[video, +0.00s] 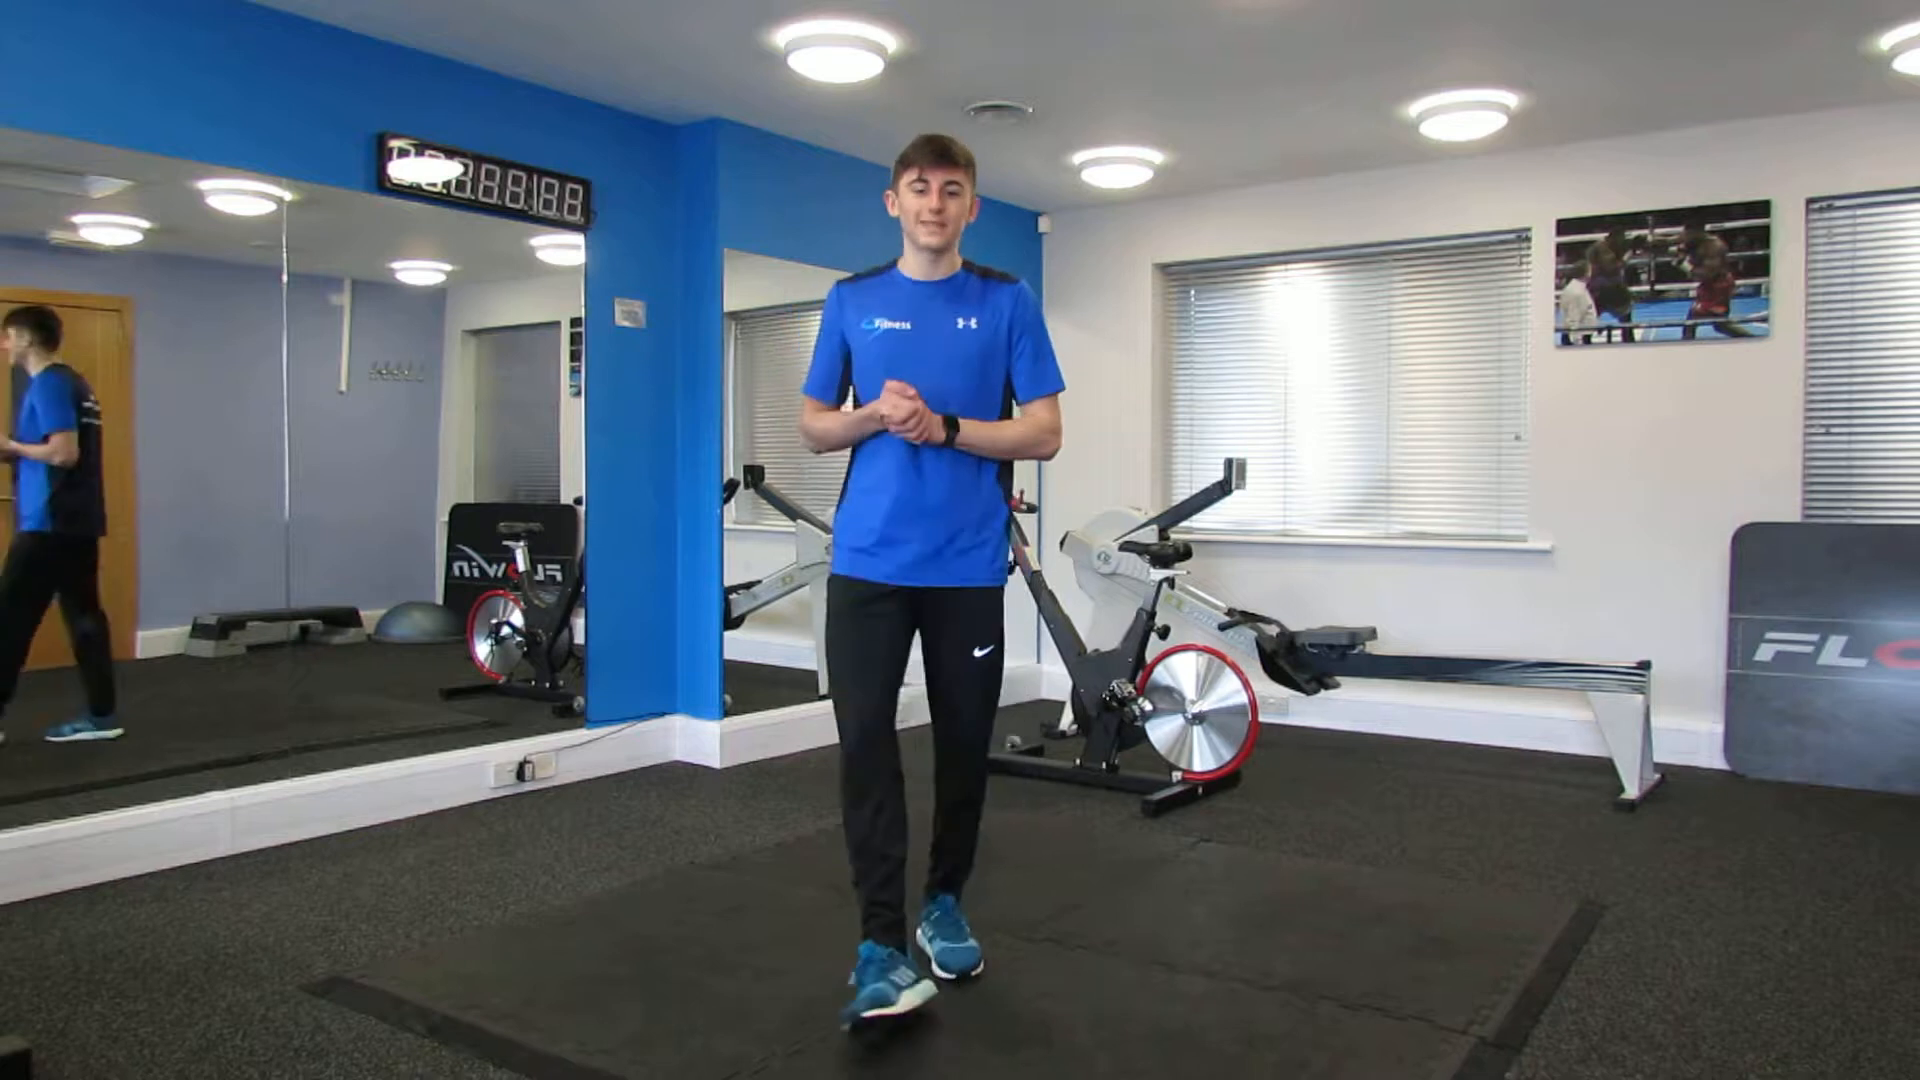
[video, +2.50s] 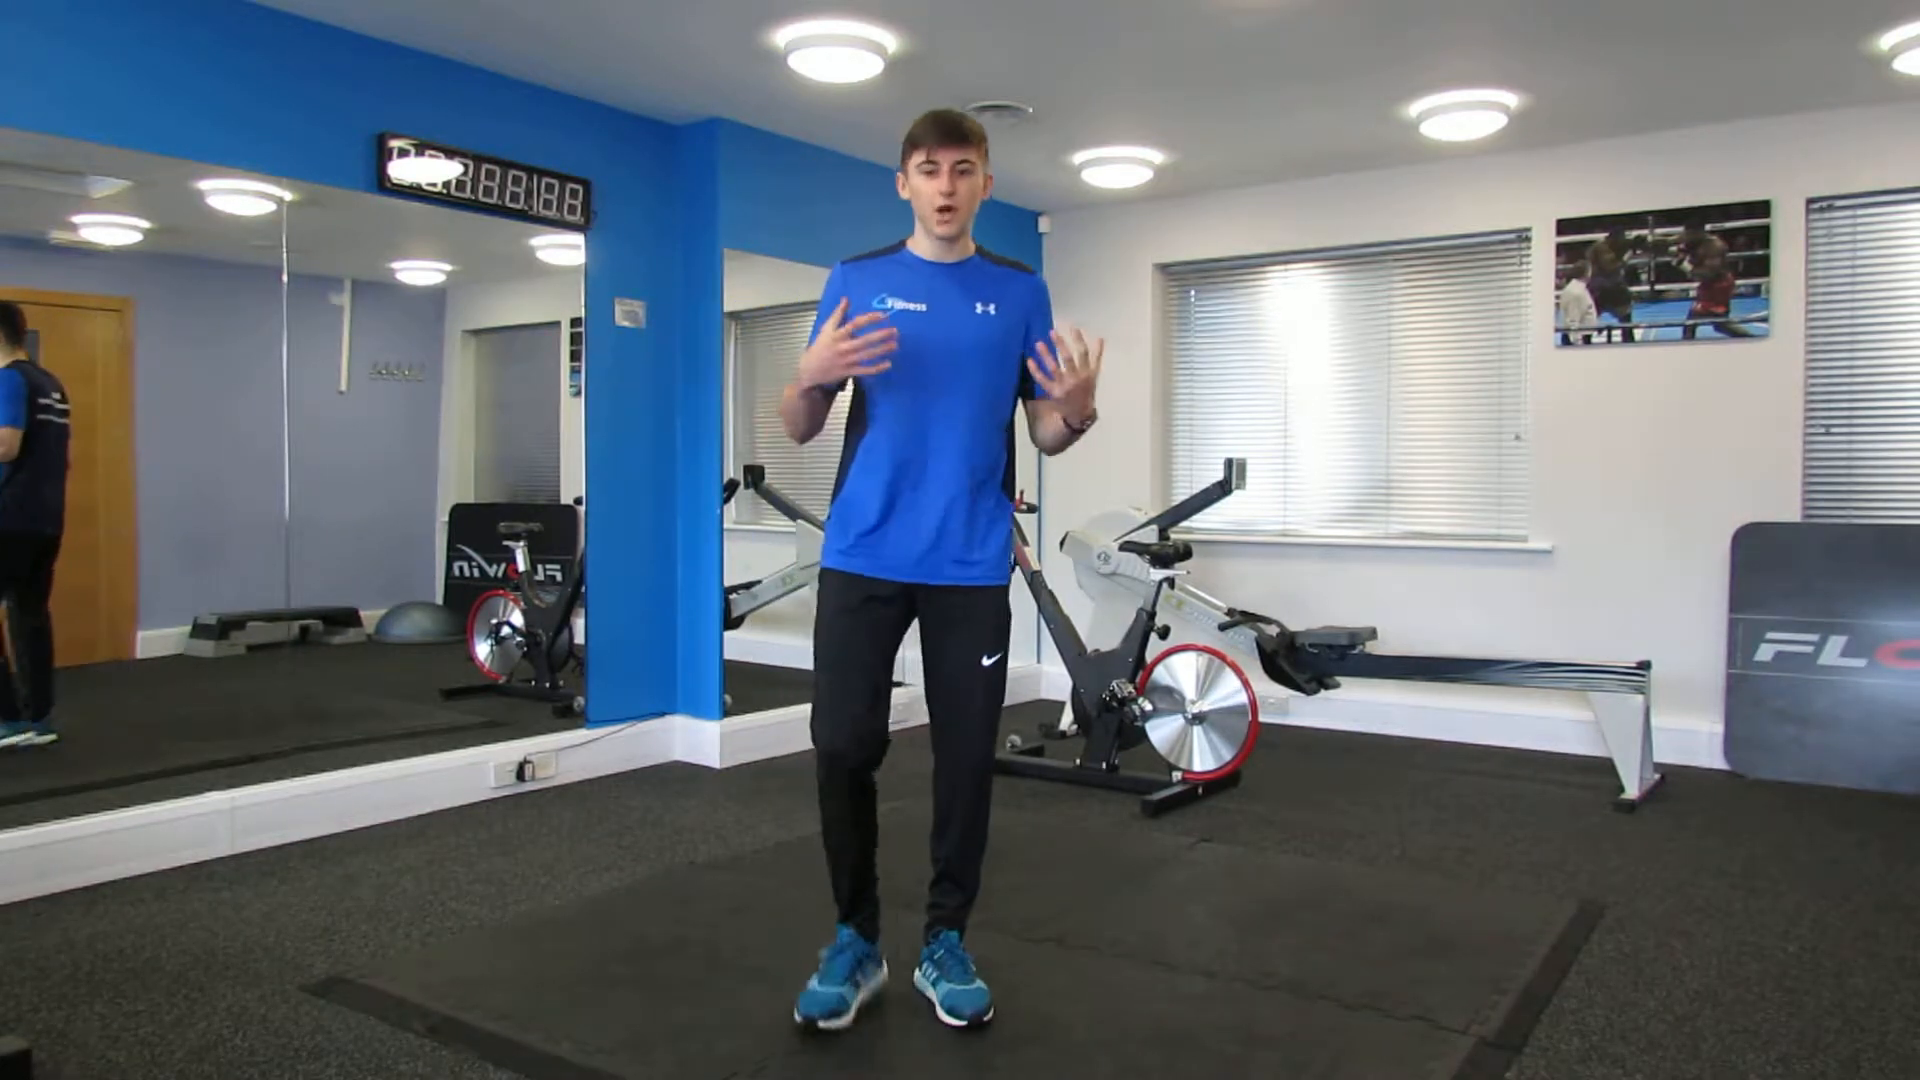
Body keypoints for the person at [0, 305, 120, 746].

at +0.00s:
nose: (5, 347)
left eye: (9, 338)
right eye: (6, 339)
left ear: (27, 340)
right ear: (45, 341)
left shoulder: (48, 384)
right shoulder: (70, 382)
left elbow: (65, 451)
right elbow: (66, 449)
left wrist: (13, 447)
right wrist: (21, 451)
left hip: (46, 529)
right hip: (76, 528)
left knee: (12, 623)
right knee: (85, 616)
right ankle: (102, 714)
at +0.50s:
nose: (40, 338)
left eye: (45, 329)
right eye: (41, 330)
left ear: (65, 333)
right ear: (85, 334)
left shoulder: (78, 379)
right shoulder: (111, 380)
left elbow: (79, 452)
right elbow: (91, 449)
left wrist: (40, 439)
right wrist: (41, 443)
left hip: (83, 523)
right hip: (103, 521)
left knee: (90, 616)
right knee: (93, 615)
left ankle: (121, 718)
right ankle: (101, 713)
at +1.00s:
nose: (40, 335)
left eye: (45, 326)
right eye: (41, 327)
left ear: (65, 328)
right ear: (81, 330)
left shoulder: (91, 376)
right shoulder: (109, 375)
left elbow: (103, 451)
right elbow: (96, 446)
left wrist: (50, 440)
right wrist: (49, 443)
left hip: (98, 524)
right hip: (109, 523)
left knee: (96, 616)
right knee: (104, 615)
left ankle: (124, 719)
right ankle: (117, 715)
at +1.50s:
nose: (36, 336)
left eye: (40, 327)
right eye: (38, 327)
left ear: (58, 328)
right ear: (81, 330)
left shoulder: (79, 377)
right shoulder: (111, 376)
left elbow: (83, 453)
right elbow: (92, 449)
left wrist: (40, 437)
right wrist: (42, 444)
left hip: (91, 522)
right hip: (108, 519)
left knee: (74, 604)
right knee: (83, 604)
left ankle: (122, 717)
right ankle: (109, 709)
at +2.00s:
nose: (9, 345)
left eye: (12, 336)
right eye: (10, 336)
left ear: (27, 335)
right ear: (54, 336)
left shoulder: (43, 381)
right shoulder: (85, 383)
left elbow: (46, 456)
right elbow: (81, 457)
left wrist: (11, 445)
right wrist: (24, 451)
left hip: (57, 529)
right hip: (82, 527)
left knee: (74, 620)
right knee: (51, 619)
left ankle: (124, 719)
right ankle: (36, 718)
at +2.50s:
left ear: (2, 336)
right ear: (22, 333)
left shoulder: (14, 378)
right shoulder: (51, 383)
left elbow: (8, 445)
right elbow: (60, 458)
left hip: (16, 519)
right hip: (46, 519)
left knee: (19, 609)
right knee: (31, 610)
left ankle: (23, 715)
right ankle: (38, 715)